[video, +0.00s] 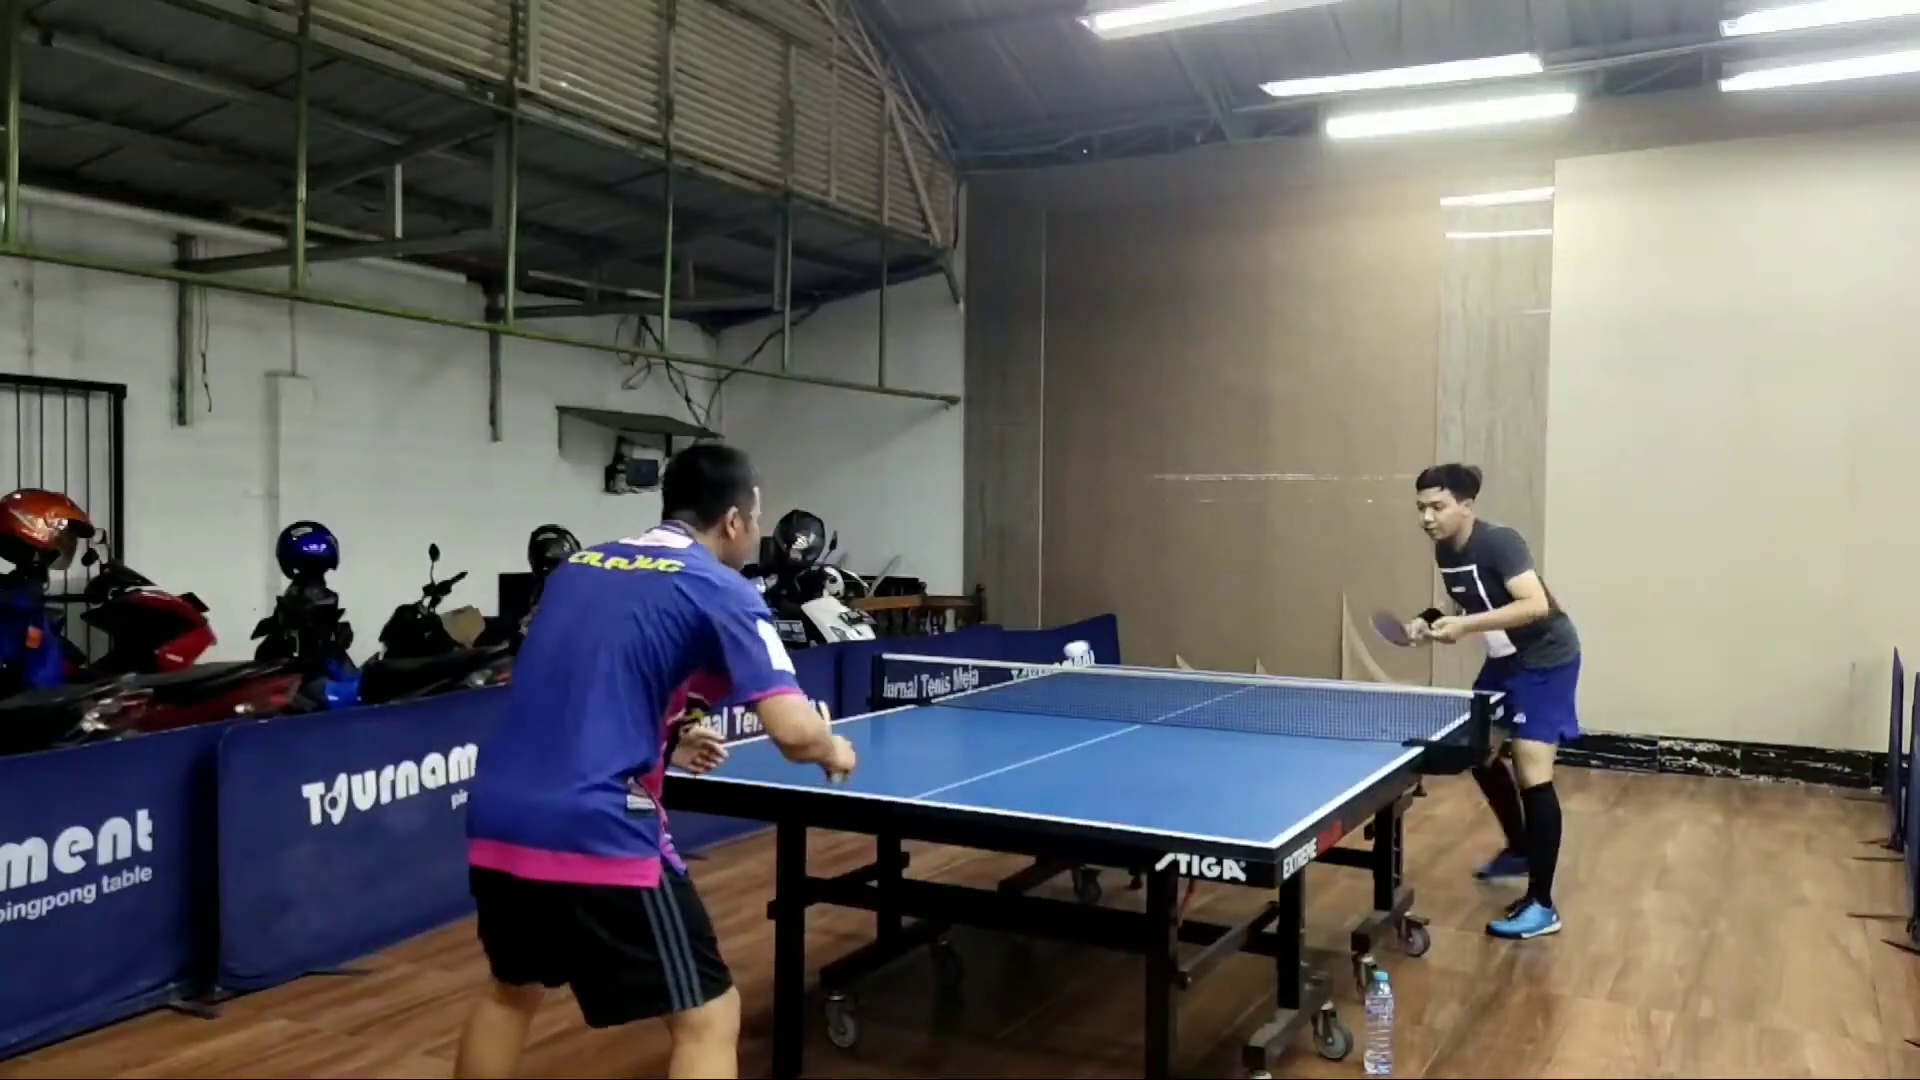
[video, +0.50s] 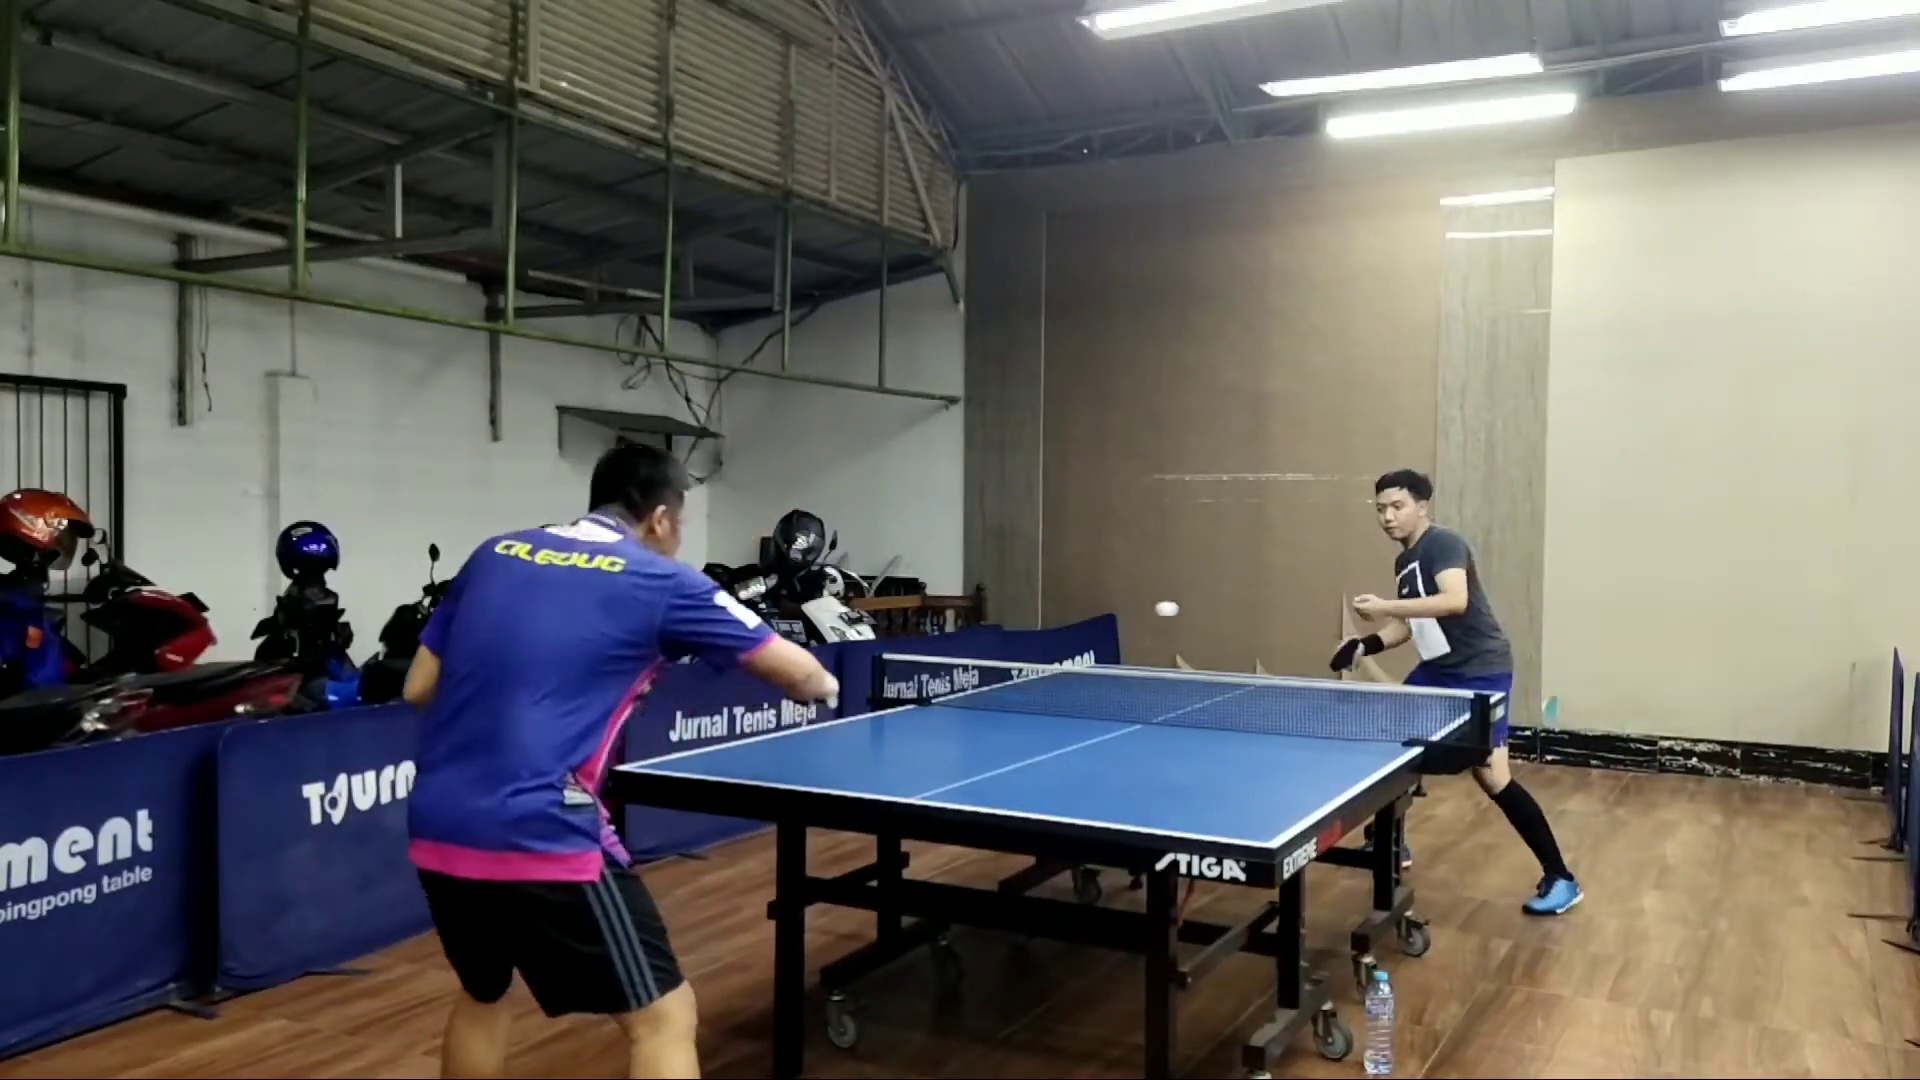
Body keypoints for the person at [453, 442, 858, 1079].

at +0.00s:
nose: (758, 535)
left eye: (760, 519)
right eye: (758, 519)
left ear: (671, 508)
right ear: (733, 521)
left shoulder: (582, 562)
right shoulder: (720, 586)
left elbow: (556, 691)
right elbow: (794, 731)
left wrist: (661, 736)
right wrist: (829, 748)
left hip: (495, 823)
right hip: (599, 831)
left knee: (511, 993)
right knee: (706, 1016)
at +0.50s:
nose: (680, 538)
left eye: (681, 521)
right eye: (680, 520)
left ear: (594, 506)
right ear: (656, 518)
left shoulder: (494, 553)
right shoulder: (658, 579)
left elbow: (419, 687)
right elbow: (804, 675)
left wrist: (505, 689)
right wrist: (820, 685)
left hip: (437, 830)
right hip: (545, 835)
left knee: (481, 994)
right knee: (662, 1014)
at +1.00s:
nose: (692, 519)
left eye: (691, 501)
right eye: (690, 502)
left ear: (596, 496)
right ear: (662, 509)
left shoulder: (498, 551)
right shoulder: (645, 592)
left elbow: (442, 681)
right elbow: (716, 757)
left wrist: (539, 760)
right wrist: (778, 790)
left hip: (378, 828)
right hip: (488, 845)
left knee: (382, 1006)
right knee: (592, 1043)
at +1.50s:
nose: (691, 559)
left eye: (692, 544)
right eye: (691, 544)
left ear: (595, 519)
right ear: (662, 537)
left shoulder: (486, 563)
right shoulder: (650, 608)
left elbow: (385, 675)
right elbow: (823, 666)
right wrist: (892, 652)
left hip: (353, 861)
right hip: (478, 883)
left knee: (332, 1038)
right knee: (616, 1054)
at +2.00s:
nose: (602, 544)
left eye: (603, 526)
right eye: (600, 526)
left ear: (507, 514)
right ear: (568, 528)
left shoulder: (416, 566)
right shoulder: (523, 605)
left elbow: (345, 713)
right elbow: (571, 769)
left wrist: (436, 809)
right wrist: (666, 795)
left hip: (249, 846)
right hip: (352, 860)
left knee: (269, 1044)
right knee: (485, 1060)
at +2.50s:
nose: (552, 616)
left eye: (549, 601)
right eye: (550, 603)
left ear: (451, 596)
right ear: (531, 614)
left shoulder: (368, 635)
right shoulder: (562, 697)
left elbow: (206, 660)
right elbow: (686, 775)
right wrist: (657, 729)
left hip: (249, 904)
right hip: (399, 923)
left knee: (254, 1057)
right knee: (548, 1030)